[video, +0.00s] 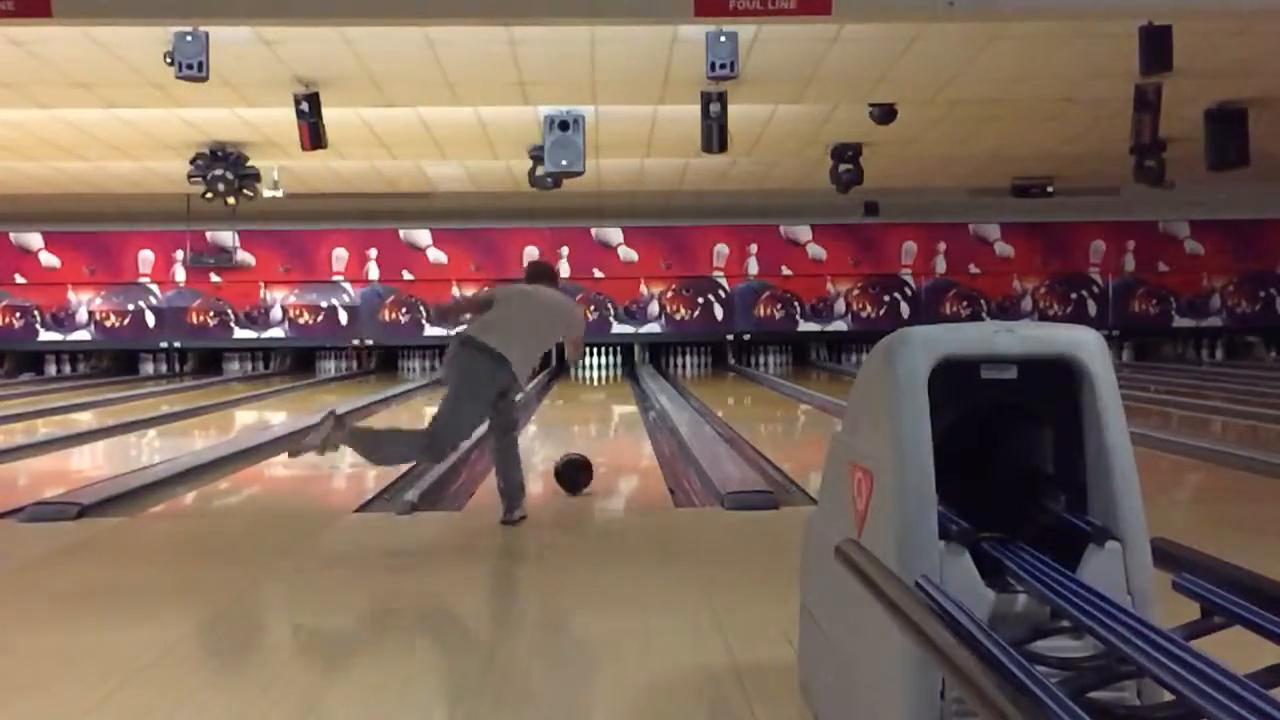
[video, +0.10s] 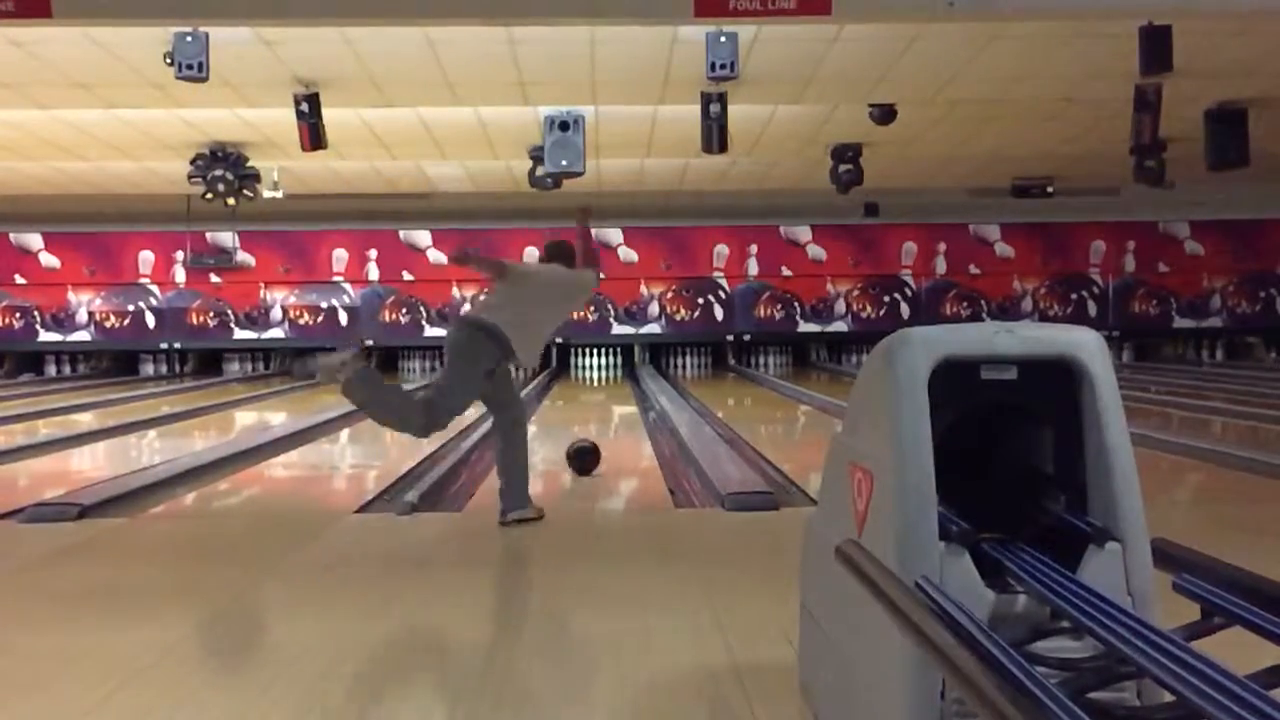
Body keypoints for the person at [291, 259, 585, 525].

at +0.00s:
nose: (532, 281)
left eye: (530, 277)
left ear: (529, 280)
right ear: (557, 283)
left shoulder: (510, 292)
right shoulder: (570, 310)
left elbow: (461, 305)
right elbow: (573, 357)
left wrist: (440, 315)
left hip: (463, 351)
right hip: (494, 369)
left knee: (504, 429)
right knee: (436, 444)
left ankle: (513, 507)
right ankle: (345, 433)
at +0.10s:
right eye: (577, 263)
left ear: (544, 260)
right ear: (574, 263)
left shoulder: (523, 271)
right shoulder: (576, 281)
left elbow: (494, 265)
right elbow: (593, 268)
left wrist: (466, 257)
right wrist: (586, 232)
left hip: (470, 345)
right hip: (481, 345)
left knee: (513, 419)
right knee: (425, 417)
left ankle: (515, 505)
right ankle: (353, 374)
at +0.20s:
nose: (583, 241)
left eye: (576, 233)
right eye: (583, 236)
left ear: (552, 233)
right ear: (582, 239)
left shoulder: (526, 251)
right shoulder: (575, 259)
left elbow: (485, 241)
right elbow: (611, 232)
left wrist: (460, 229)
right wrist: (578, 194)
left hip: (474, 334)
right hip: (484, 334)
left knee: (510, 417)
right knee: (420, 399)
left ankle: (516, 506)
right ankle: (371, 335)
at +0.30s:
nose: (584, 232)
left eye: (578, 226)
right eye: (584, 227)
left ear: (555, 219)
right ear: (583, 226)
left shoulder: (530, 237)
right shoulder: (582, 248)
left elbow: (490, 231)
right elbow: (622, 234)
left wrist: (447, 227)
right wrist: (609, 204)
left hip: (487, 338)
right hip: (486, 327)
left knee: (507, 419)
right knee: (427, 396)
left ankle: (515, 505)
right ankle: (385, 324)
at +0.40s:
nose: (587, 228)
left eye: (584, 221)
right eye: (588, 222)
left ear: (557, 213)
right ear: (585, 220)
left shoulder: (529, 231)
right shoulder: (585, 246)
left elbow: (482, 229)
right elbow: (623, 247)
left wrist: (435, 230)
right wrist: (633, 234)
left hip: (485, 331)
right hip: (489, 326)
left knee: (508, 418)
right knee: (434, 398)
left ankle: (510, 503)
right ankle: (384, 335)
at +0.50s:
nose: (587, 229)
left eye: (582, 222)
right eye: (587, 224)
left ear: (555, 214)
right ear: (584, 222)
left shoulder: (526, 232)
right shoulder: (577, 246)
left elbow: (477, 230)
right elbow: (620, 263)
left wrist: (426, 235)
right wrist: (650, 264)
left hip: (486, 330)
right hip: (489, 329)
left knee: (511, 415)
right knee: (442, 405)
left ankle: (505, 500)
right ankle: (374, 364)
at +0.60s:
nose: (583, 226)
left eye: (578, 218)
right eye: (584, 220)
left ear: (553, 211)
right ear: (581, 220)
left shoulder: (524, 231)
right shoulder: (573, 248)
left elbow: (475, 230)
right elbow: (617, 281)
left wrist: (422, 238)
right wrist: (645, 292)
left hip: (499, 343)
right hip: (483, 331)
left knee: (513, 417)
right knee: (449, 413)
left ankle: (505, 501)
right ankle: (361, 395)